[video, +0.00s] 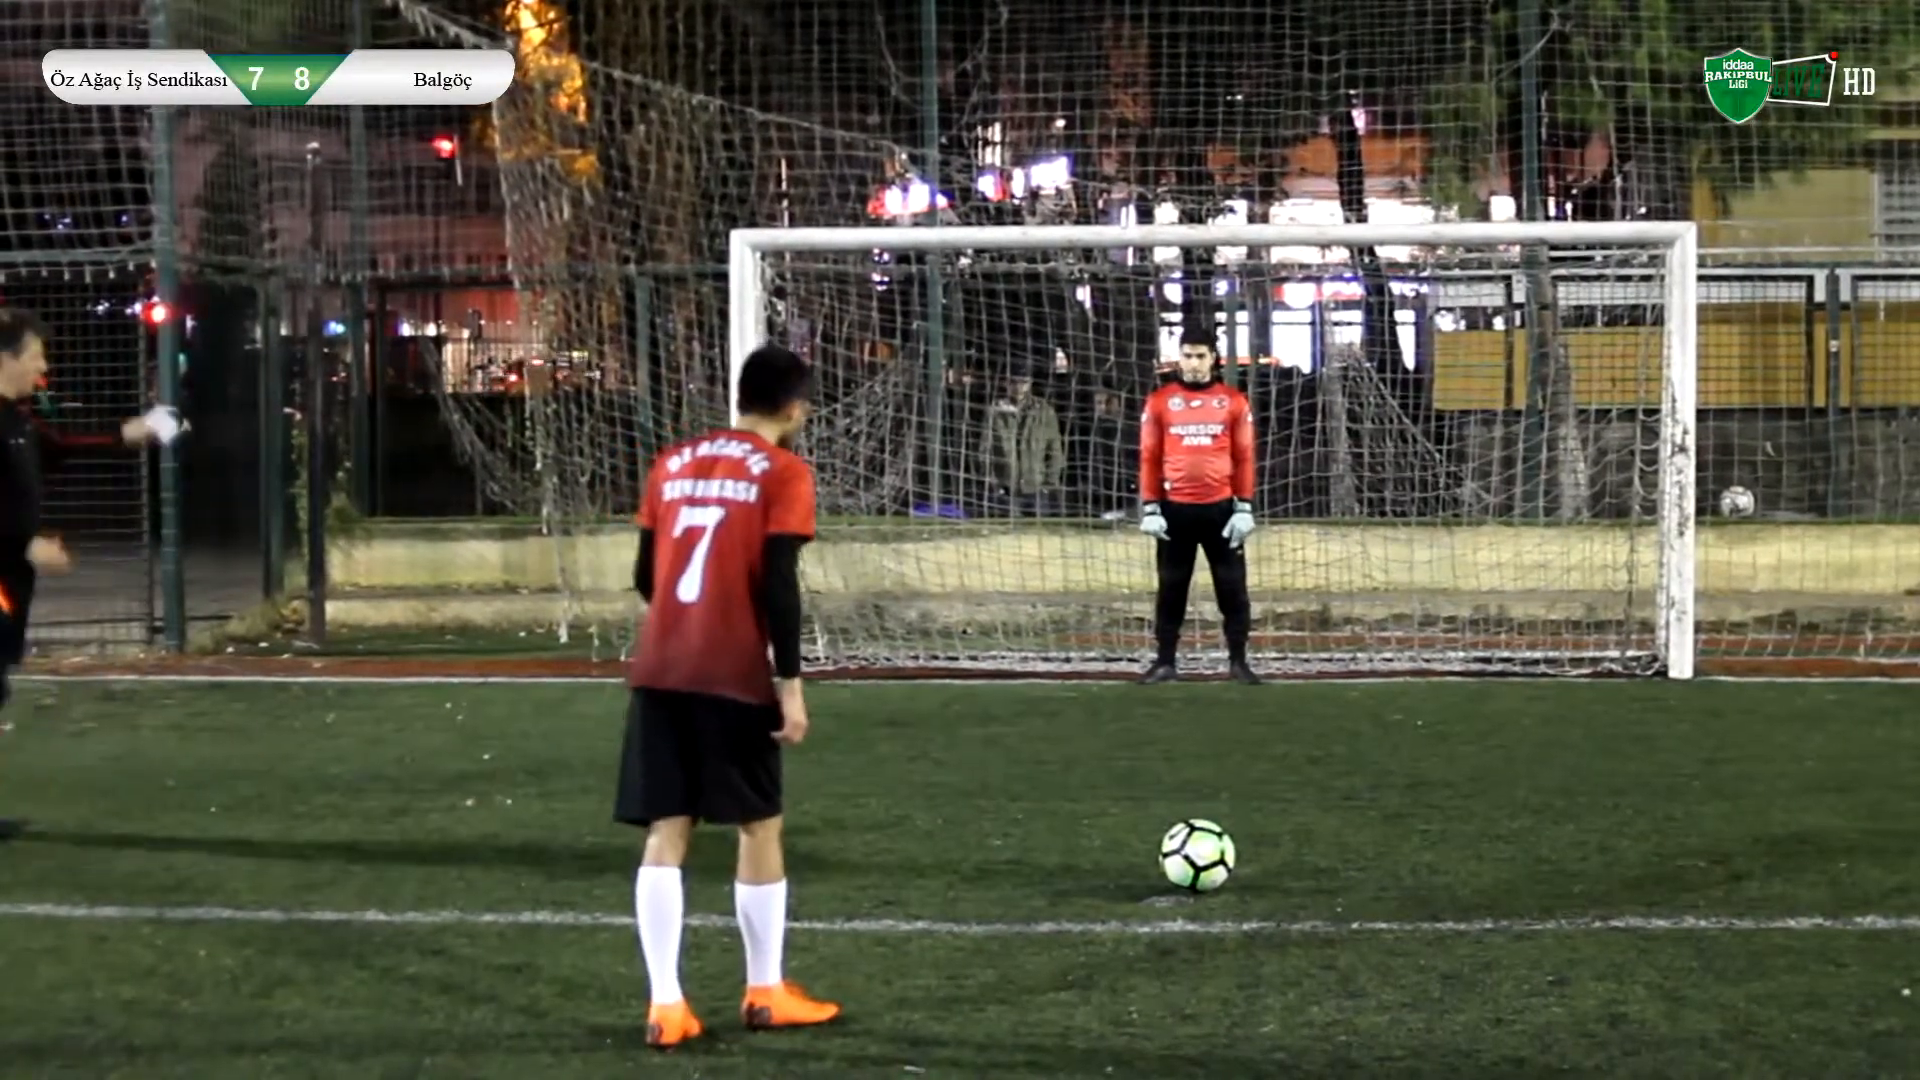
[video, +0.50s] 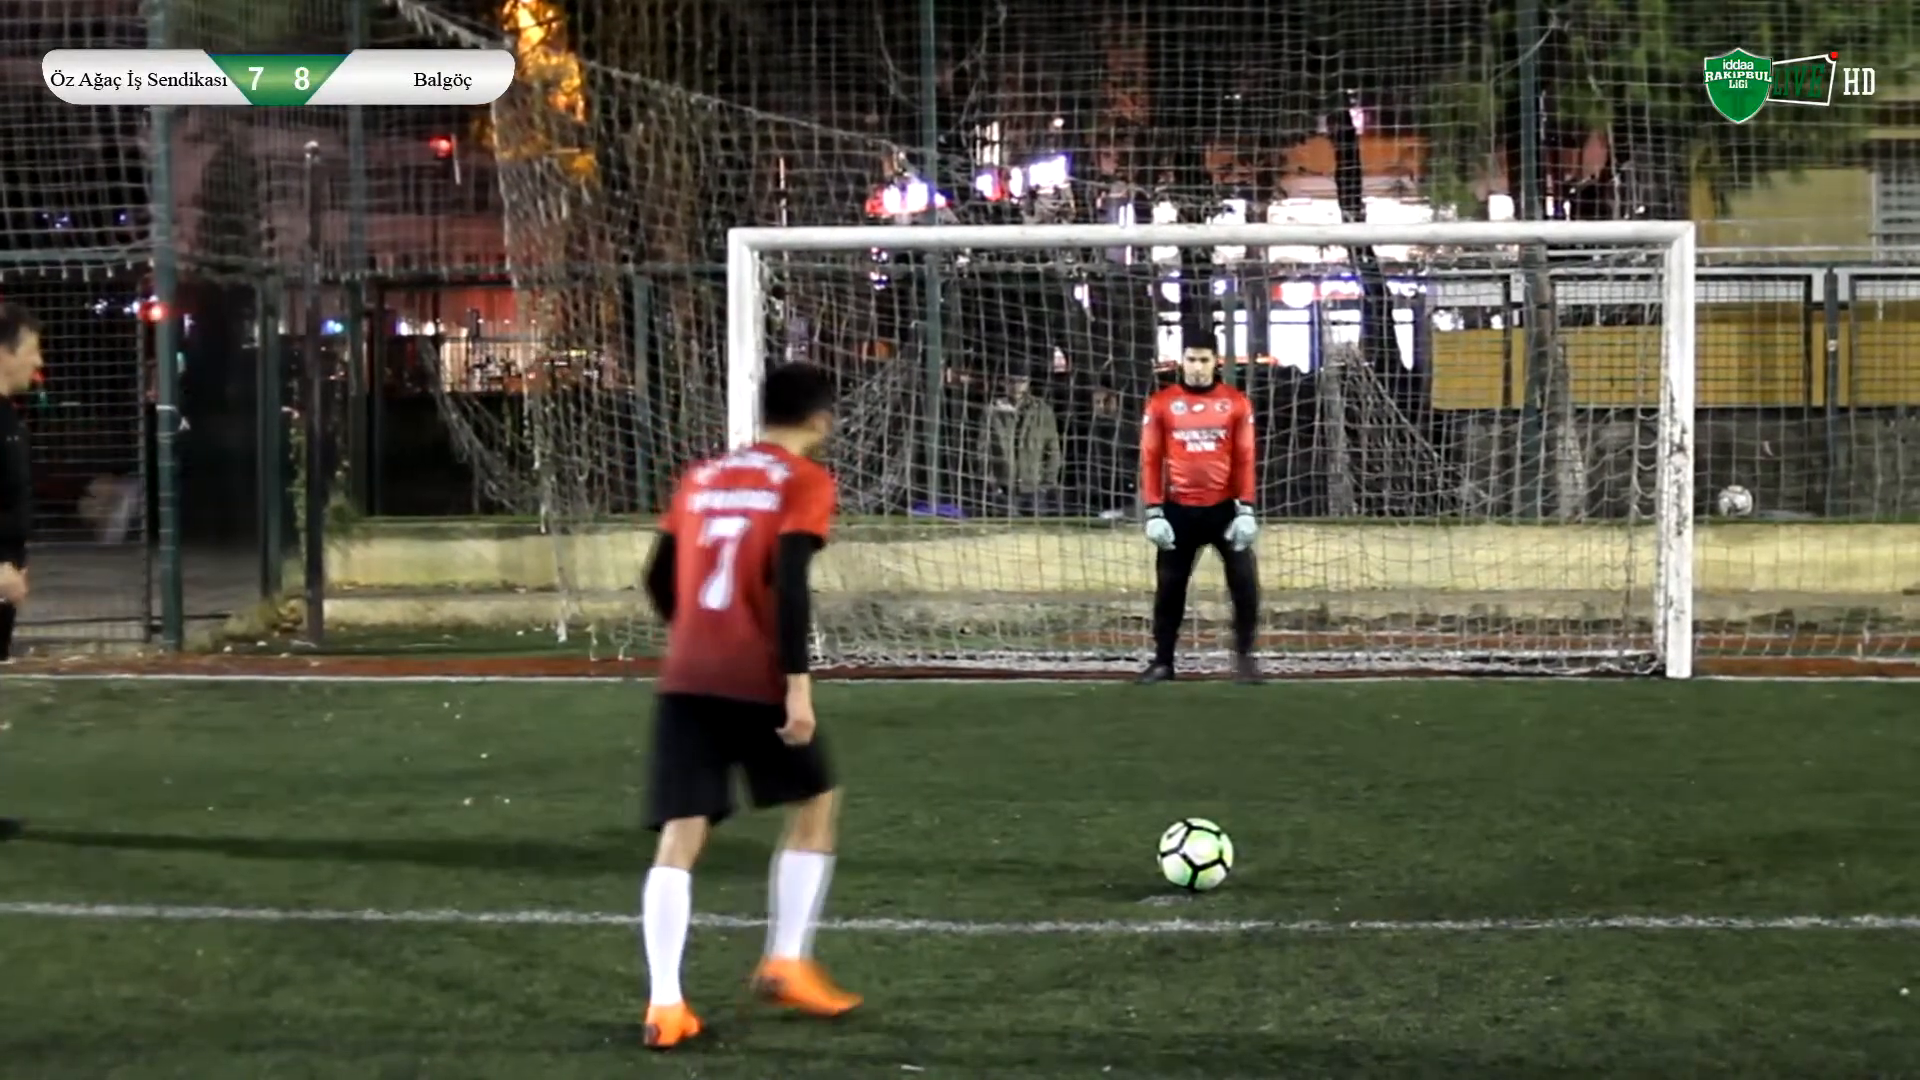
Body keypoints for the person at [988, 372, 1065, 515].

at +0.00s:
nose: (1018, 388)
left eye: (1023, 382)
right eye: (1013, 382)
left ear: (1030, 384)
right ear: (1006, 383)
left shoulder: (1045, 412)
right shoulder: (995, 410)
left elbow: (1056, 453)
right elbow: (985, 449)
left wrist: (1049, 485)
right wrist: (992, 482)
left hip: (1036, 491)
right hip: (1004, 491)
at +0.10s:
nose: (1017, 388)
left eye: (1022, 382)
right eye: (1012, 382)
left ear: (1030, 384)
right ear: (1005, 383)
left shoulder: (1045, 411)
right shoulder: (994, 411)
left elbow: (1055, 450)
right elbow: (985, 449)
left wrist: (1050, 483)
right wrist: (992, 483)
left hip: (1036, 490)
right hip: (1004, 490)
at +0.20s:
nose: (1016, 388)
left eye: (1022, 382)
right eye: (1012, 382)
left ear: (1029, 383)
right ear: (1005, 382)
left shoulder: (1044, 411)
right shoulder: (993, 411)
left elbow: (1054, 450)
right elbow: (984, 449)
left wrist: (1049, 483)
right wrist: (992, 484)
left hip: (1035, 490)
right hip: (1003, 490)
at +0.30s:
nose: (1015, 388)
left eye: (1021, 382)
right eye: (1011, 382)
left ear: (1028, 383)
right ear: (1004, 382)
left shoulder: (1043, 411)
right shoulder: (992, 411)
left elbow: (1053, 450)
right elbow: (983, 449)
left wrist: (1048, 482)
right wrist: (991, 484)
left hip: (1034, 490)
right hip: (1002, 490)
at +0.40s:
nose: (1015, 388)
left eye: (1020, 382)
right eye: (1010, 382)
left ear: (1027, 384)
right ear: (1003, 383)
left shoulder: (1042, 411)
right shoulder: (991, 411)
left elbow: (1052, 450)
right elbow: (982, 449)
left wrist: (1047, 482)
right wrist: (989, 482)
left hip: (1033, 490)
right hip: (1001, 490)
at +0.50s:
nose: (1016, 387)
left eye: (1022, 382)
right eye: (1011, 382)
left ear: (1029, 383)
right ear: (1004, 383)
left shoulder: (1043, 411)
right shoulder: (992, 411)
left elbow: (1053, 450)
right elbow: (983, 448)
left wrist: (1049, 482)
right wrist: (991, 482)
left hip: (1035, 490)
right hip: (1003, 490)